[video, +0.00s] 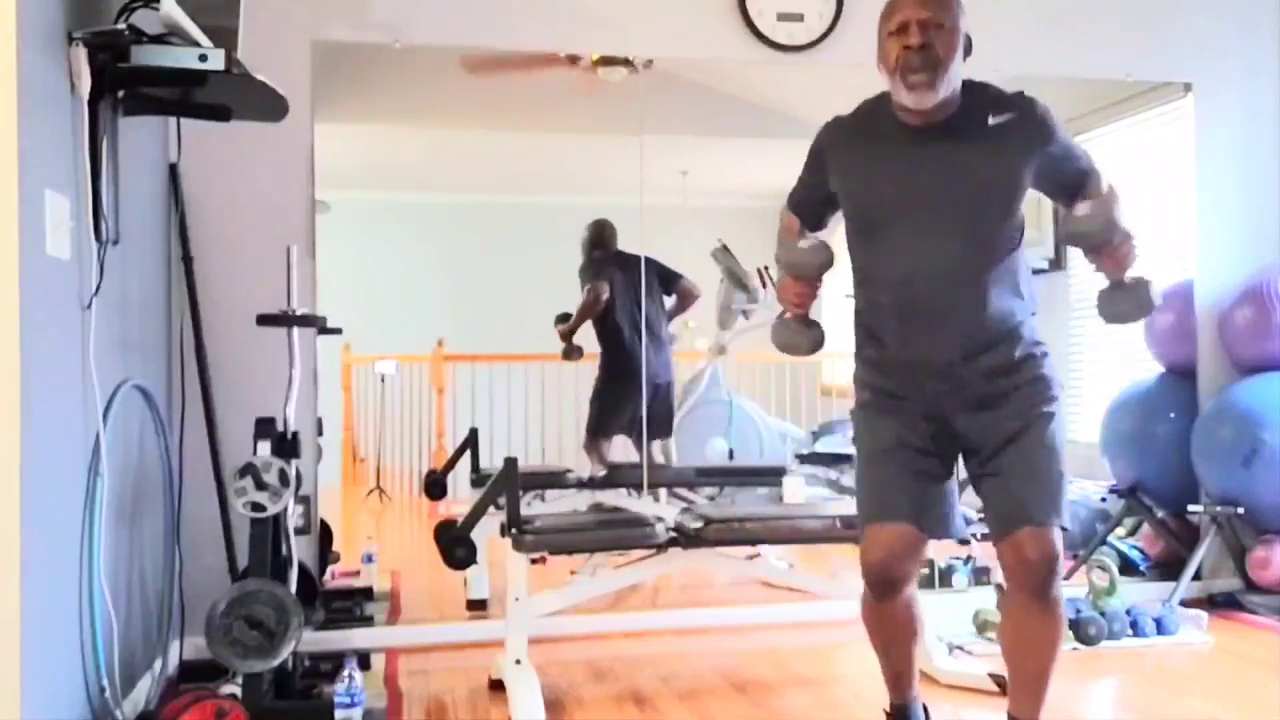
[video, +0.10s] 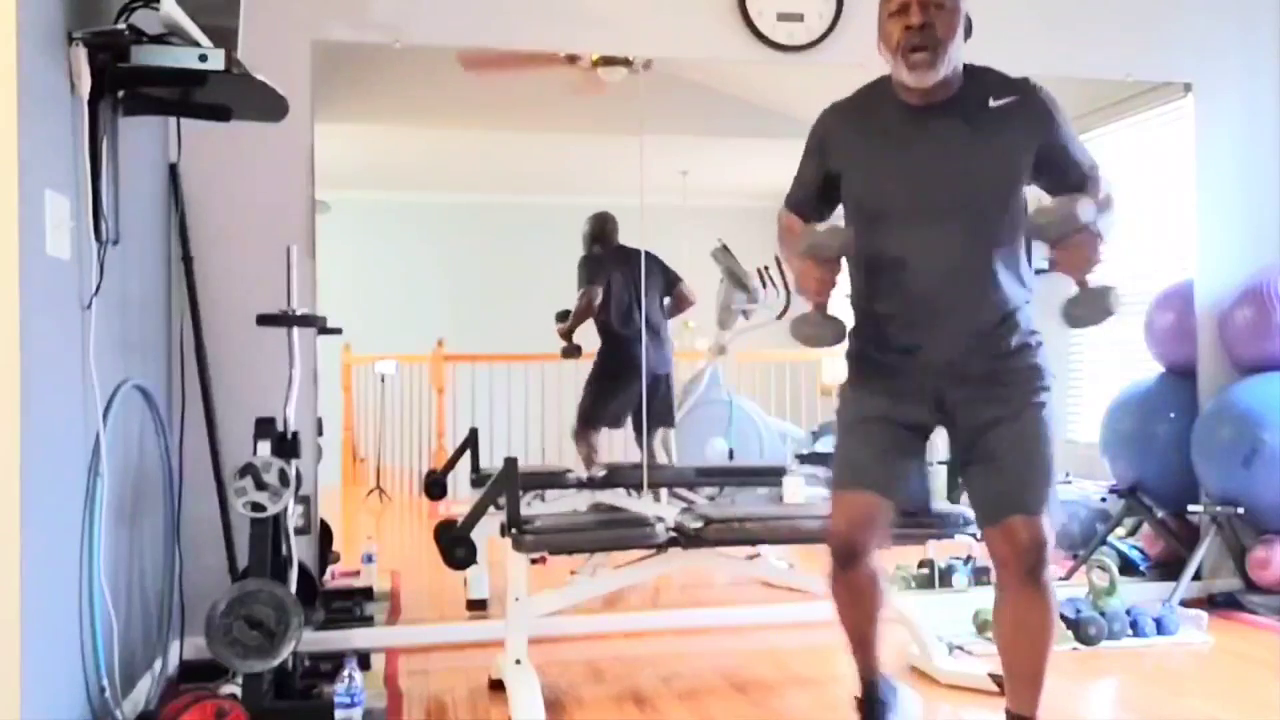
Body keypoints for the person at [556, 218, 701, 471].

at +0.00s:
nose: (584, 247)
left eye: (585, 242)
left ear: (589, 243)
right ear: (615, 241)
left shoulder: (594, 264)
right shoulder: (643, 263)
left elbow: (599, 295)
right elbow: (691, 292)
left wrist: (571, 329)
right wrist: (664, 319)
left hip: (623, 370)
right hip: (660, 370)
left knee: (595, 444)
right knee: (649, 444)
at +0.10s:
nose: (585, 241)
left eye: (586, 236)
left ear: (590, 236)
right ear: (616, 234)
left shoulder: (594, 260)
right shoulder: (647, 258)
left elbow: (591, 301)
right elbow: (686, 298)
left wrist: (570, 328)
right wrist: (656, 317)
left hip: (620, 360)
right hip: (658, 361)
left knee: (585, 431)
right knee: (652, 436)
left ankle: (595, 476)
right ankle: (662, 506)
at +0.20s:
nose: (585, 245)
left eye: (586, 240)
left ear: (590, 239)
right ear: (616, 238)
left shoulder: (592, 265)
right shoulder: (650, 264)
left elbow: (583, 313)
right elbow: (678, 313)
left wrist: (566, 331)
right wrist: (649, 321)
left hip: (617, 361)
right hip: (656, 362)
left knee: (569, 429)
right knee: (648, 436)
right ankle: (662, 505)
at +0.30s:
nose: (581, 256)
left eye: (582, 251)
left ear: (587, 253)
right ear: (614, 252)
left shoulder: (586, 280)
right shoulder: (645, 280)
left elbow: (571, 337)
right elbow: (663, 333)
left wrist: (560, 340)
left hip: (613, 375)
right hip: (653, 376)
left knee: (556, 441)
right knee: (646, 446)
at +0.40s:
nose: (575, 272)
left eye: (577, 267)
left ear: (579, 268)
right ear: (605, 269)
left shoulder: (575, 299)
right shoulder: (633, 296)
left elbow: (560, 355)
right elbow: (648, 338)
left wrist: (559, 368)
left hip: (599, 392)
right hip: (641, 391)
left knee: (541, 448)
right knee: (647, 456)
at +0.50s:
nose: (568, 276)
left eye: (569, 271)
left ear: (571, 273)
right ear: (597, 273)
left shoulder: (565, 303)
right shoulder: (623, 300)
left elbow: (550, 359)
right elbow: (639, 345)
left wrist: (551, 372)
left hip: (590, 395)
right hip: (634, 393)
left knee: (534, 449)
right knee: (647, 454)